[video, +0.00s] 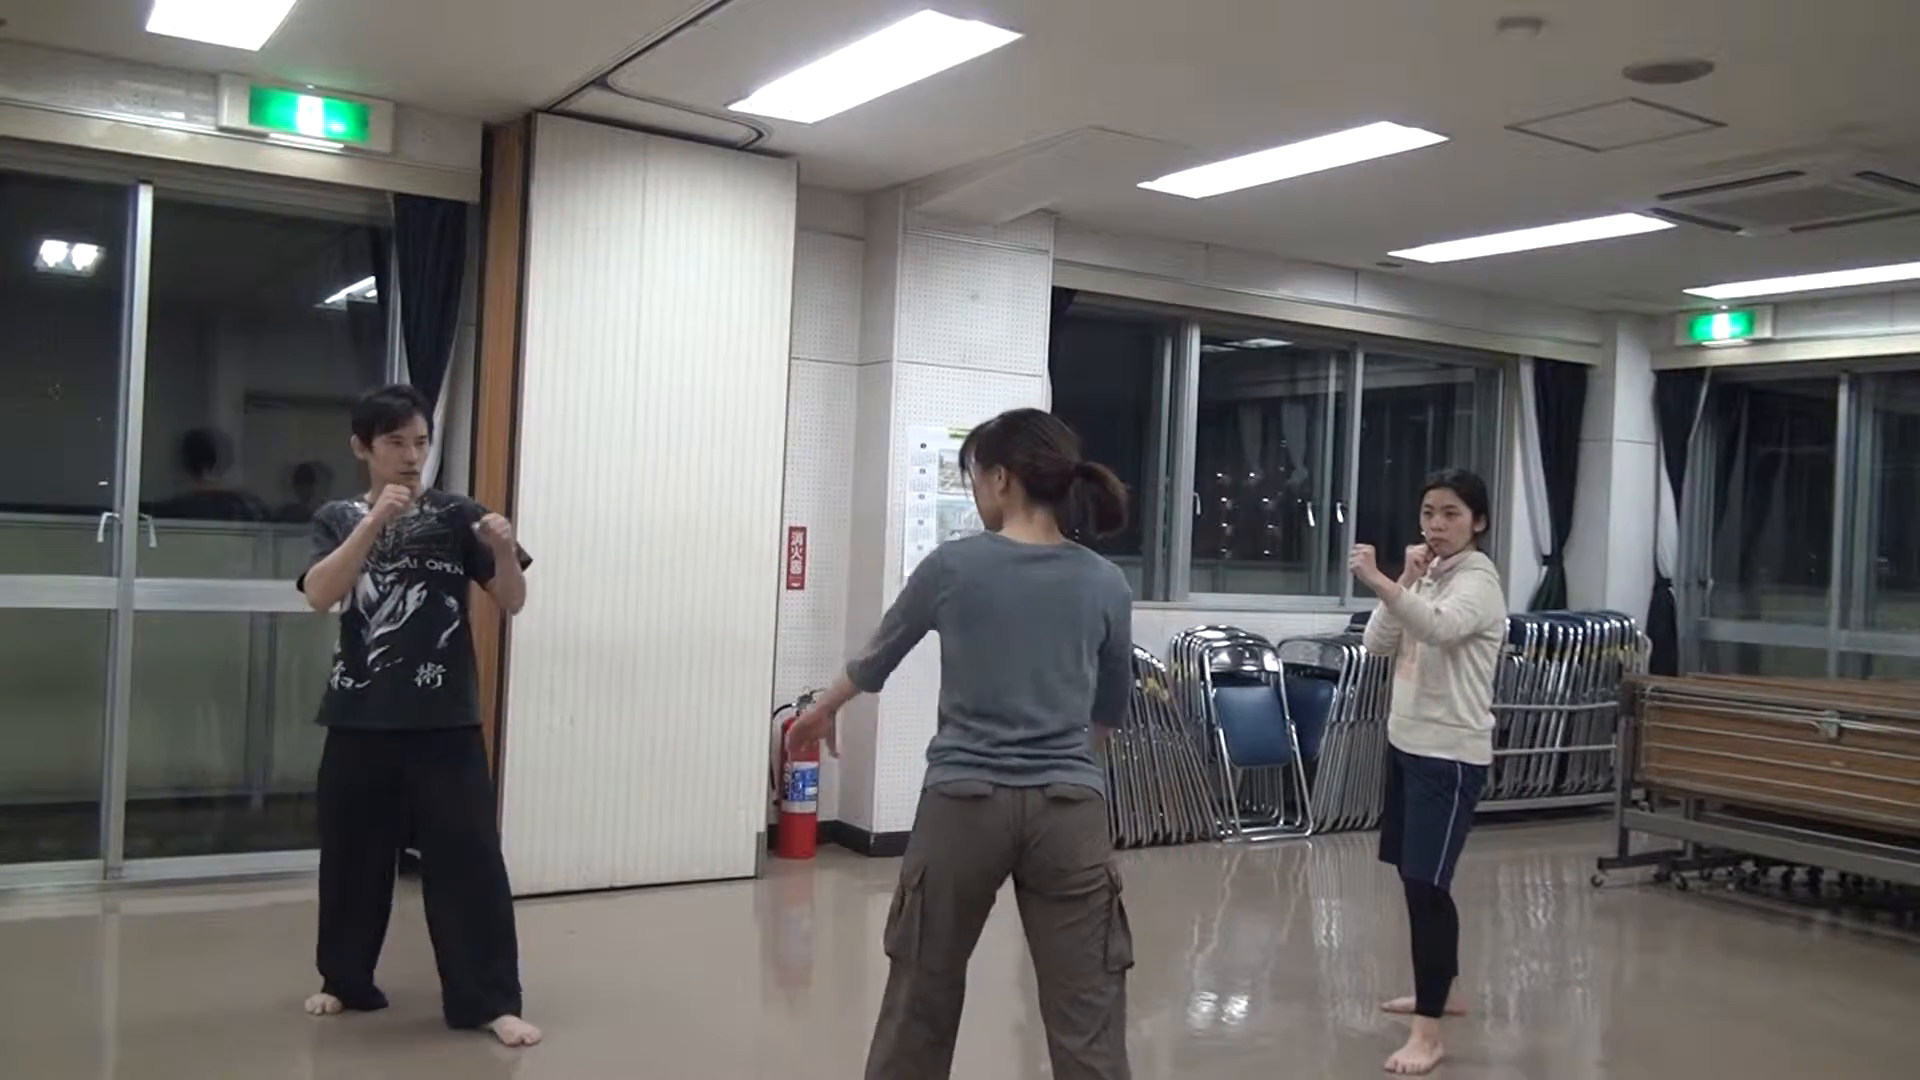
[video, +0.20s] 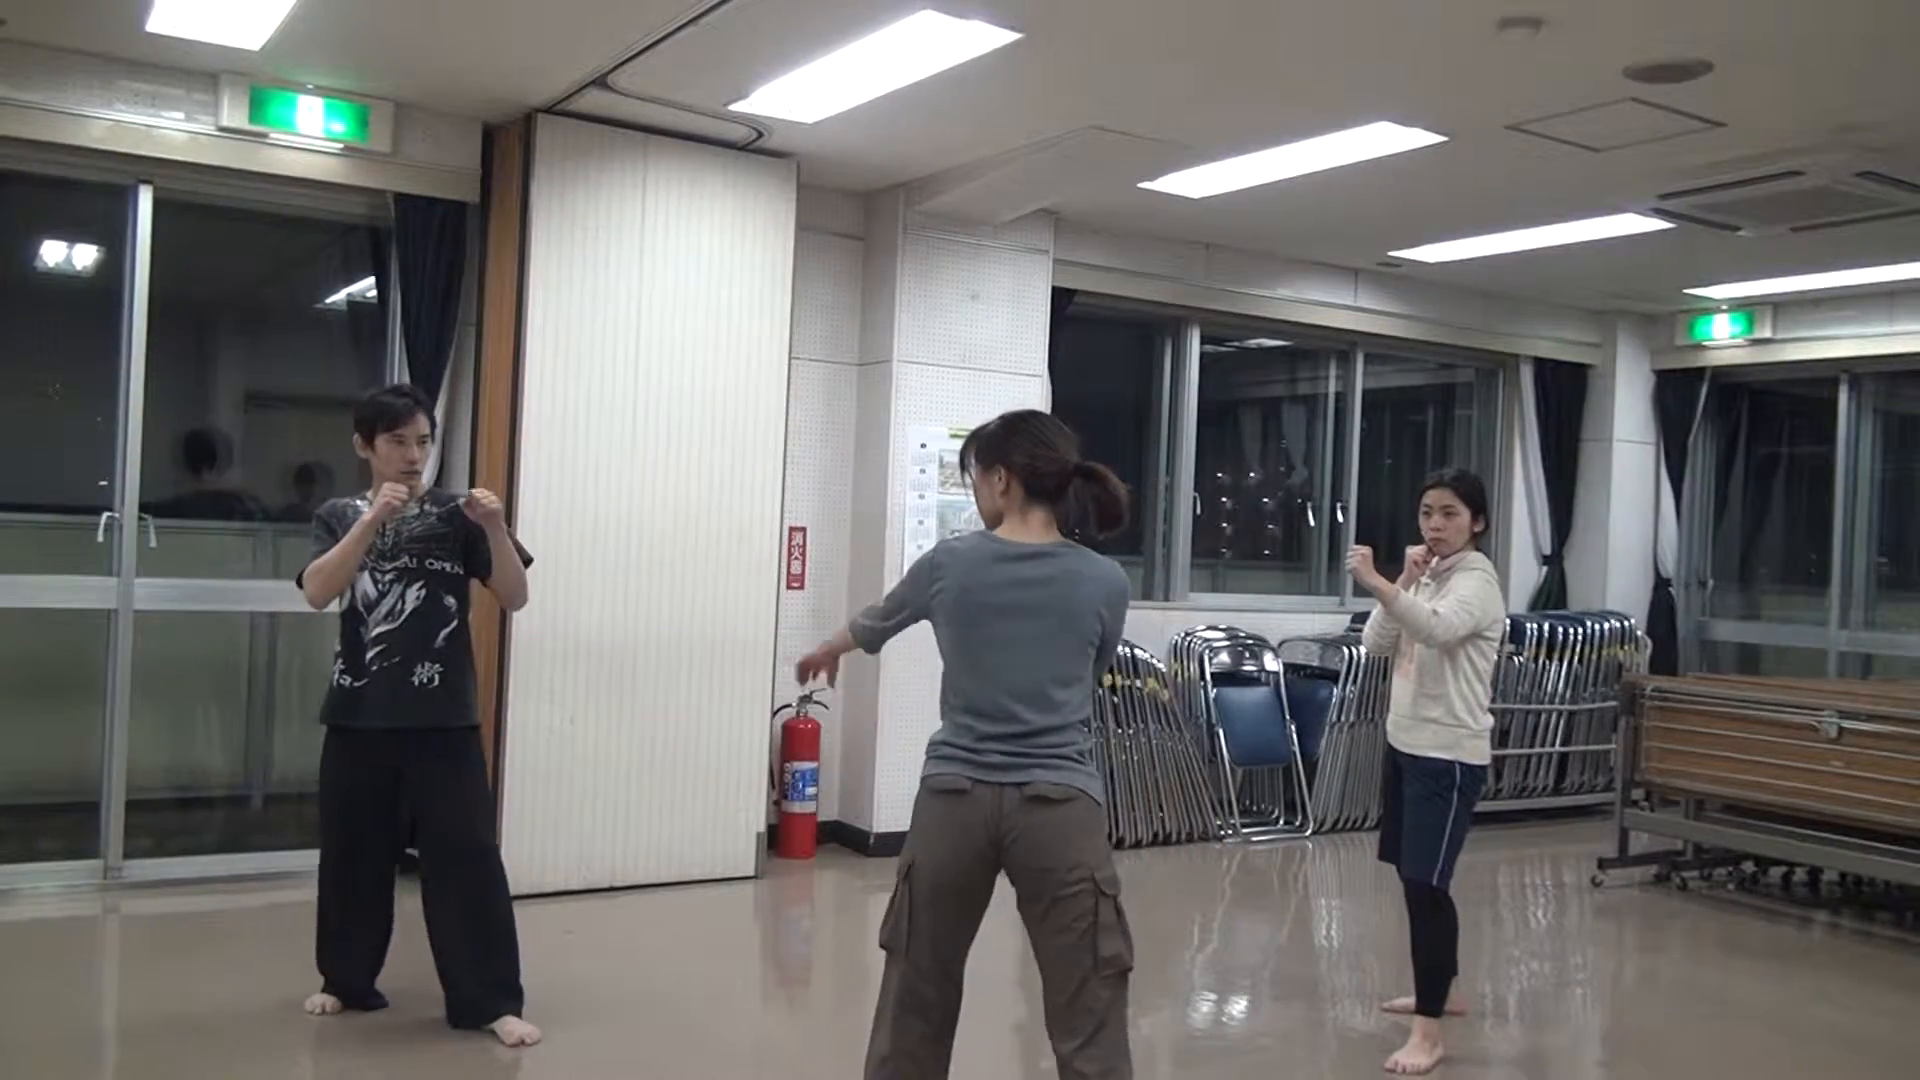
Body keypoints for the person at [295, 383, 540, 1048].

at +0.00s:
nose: (411, 453)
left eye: (420, 441)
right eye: (396, 442)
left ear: (432, 443)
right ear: (362, 447)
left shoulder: (459, 515)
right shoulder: (339, 519)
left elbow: (511, 601)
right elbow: (322, 594)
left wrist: (505, 550)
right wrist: (373, 521)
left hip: (446, 720)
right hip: (362, 721)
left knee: (471, 861)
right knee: (352, 854)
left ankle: (494, 1004)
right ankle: (343, 983)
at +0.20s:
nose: (412, 453)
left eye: (422, 441)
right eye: (397, 442)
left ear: (434, 442)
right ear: (364, 446)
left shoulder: (459, 516)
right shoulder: (344, 516)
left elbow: (513, 594)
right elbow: (317, 588)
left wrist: (497, 528)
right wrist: (371, 520)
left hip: (444, 719)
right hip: (361, 718)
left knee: (468, 858)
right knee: (352, 853)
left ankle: (495, 1004)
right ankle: (345, 983)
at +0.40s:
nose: (408, 454)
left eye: (417, 443)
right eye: (393, 443)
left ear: (429, 444)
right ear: (359, 447)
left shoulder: (452, 515)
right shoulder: (337, 516)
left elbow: (505, 595)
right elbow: (311, 589)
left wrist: (479, 523)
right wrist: (365, 520)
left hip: (437, 720)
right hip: (354, 719)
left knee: (465, 859)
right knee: (348, 854)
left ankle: (494, 1004)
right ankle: (343, 984)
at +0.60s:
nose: (405, 455)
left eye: (414, 443)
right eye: (390, 444)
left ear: (426, 444)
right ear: (356, 447)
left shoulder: (451, 516)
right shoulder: (334, 518)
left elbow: (504, 595)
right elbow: (309, 590)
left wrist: (475, 524)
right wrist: (363, 519)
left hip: (436, 720)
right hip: (352, 720)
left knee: (463, 860)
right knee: (346, 855)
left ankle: (494, 1004)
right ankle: (342, 983)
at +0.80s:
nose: (407, 456)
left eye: (416, 444)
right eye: (393, 444)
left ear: (427, 446)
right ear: (357, 446)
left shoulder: (451, 517)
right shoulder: (334, 518)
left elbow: (505, 596)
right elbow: (310, 590)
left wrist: (477, 524)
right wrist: (365, 521)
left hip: (438, 720)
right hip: (353, 720)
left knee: (466, 860)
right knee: (348, 855)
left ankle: (493, 1003)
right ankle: (342, 983)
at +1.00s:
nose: (418, 458)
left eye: (428, 447)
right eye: (402, 445)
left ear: (439, 449)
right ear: (368, 449)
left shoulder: (462, 519)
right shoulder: (345, 518)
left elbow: (520, 601)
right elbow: (323, 593)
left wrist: (495, 533)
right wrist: (377, 521)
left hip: (450, 721)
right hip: (368, 720)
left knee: (473, 859)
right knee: (356, 853)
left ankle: (493, 1005)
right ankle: (346, 981)